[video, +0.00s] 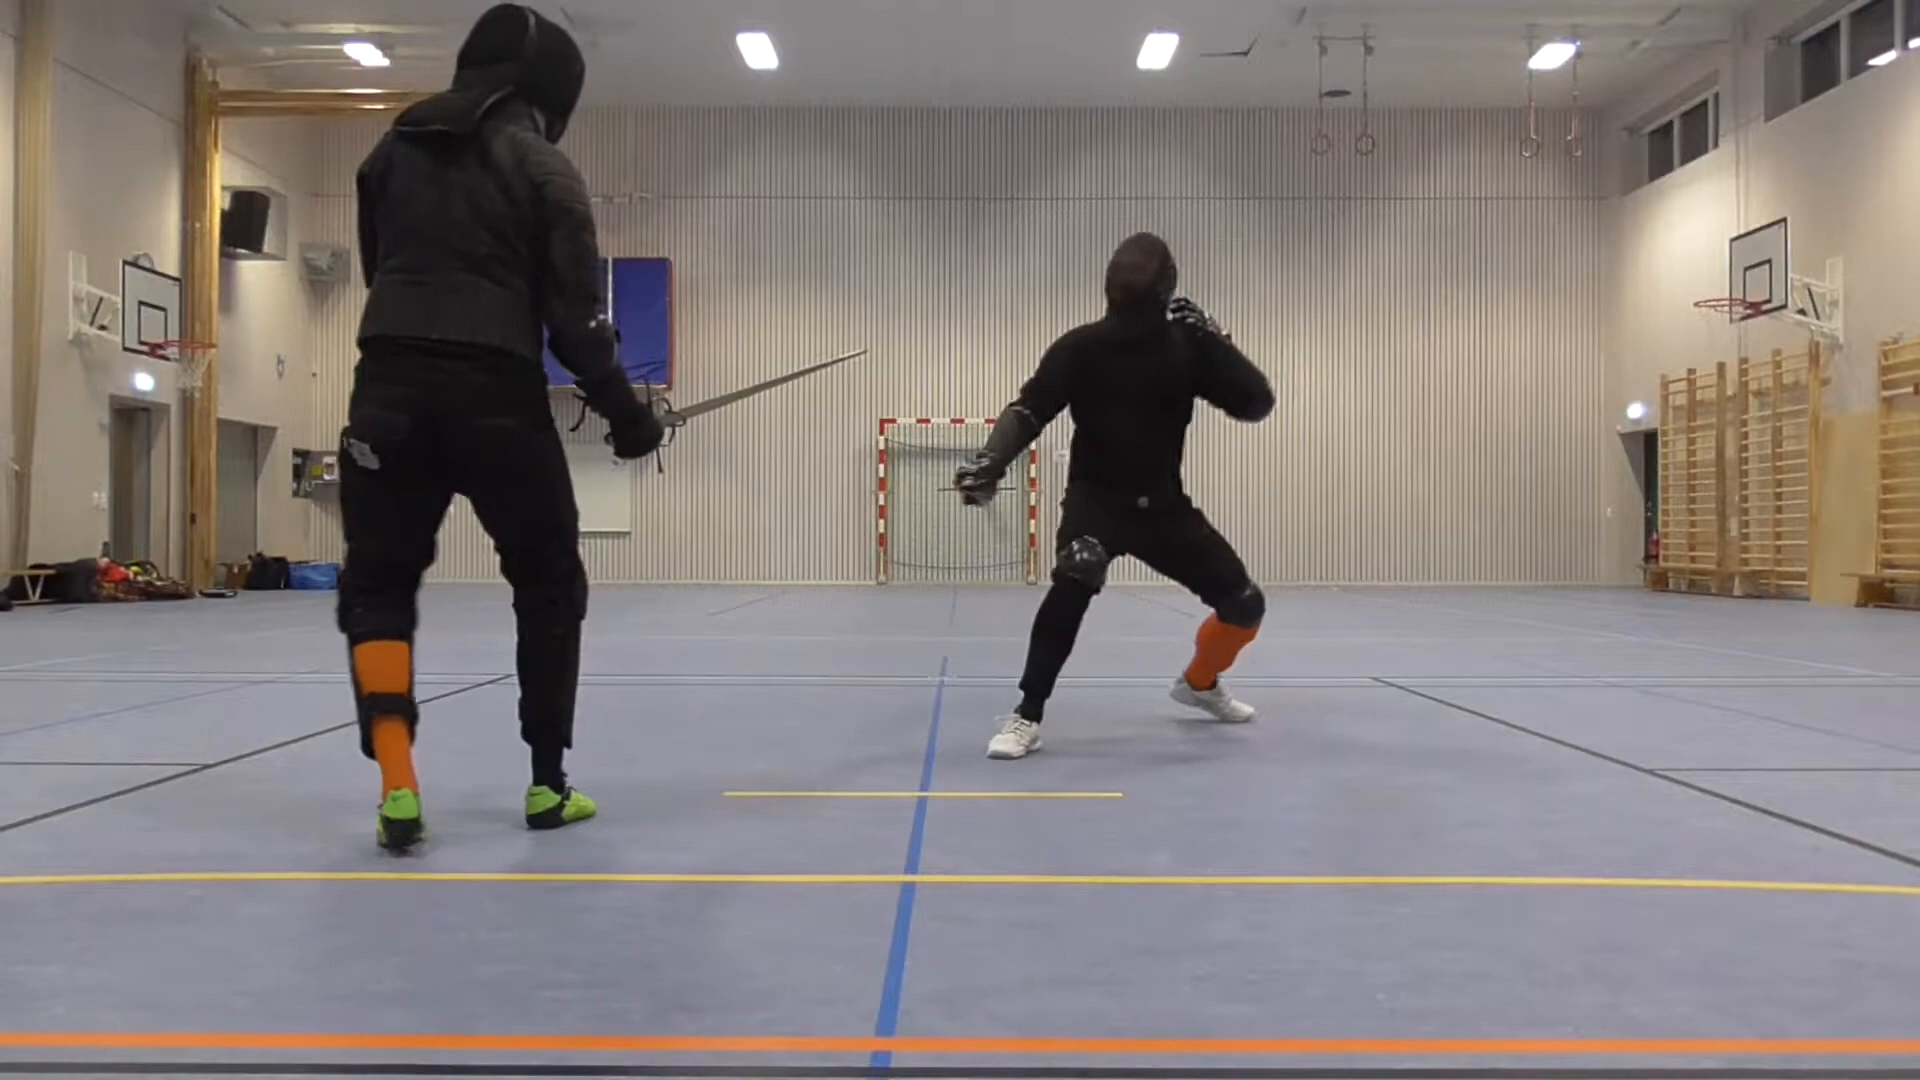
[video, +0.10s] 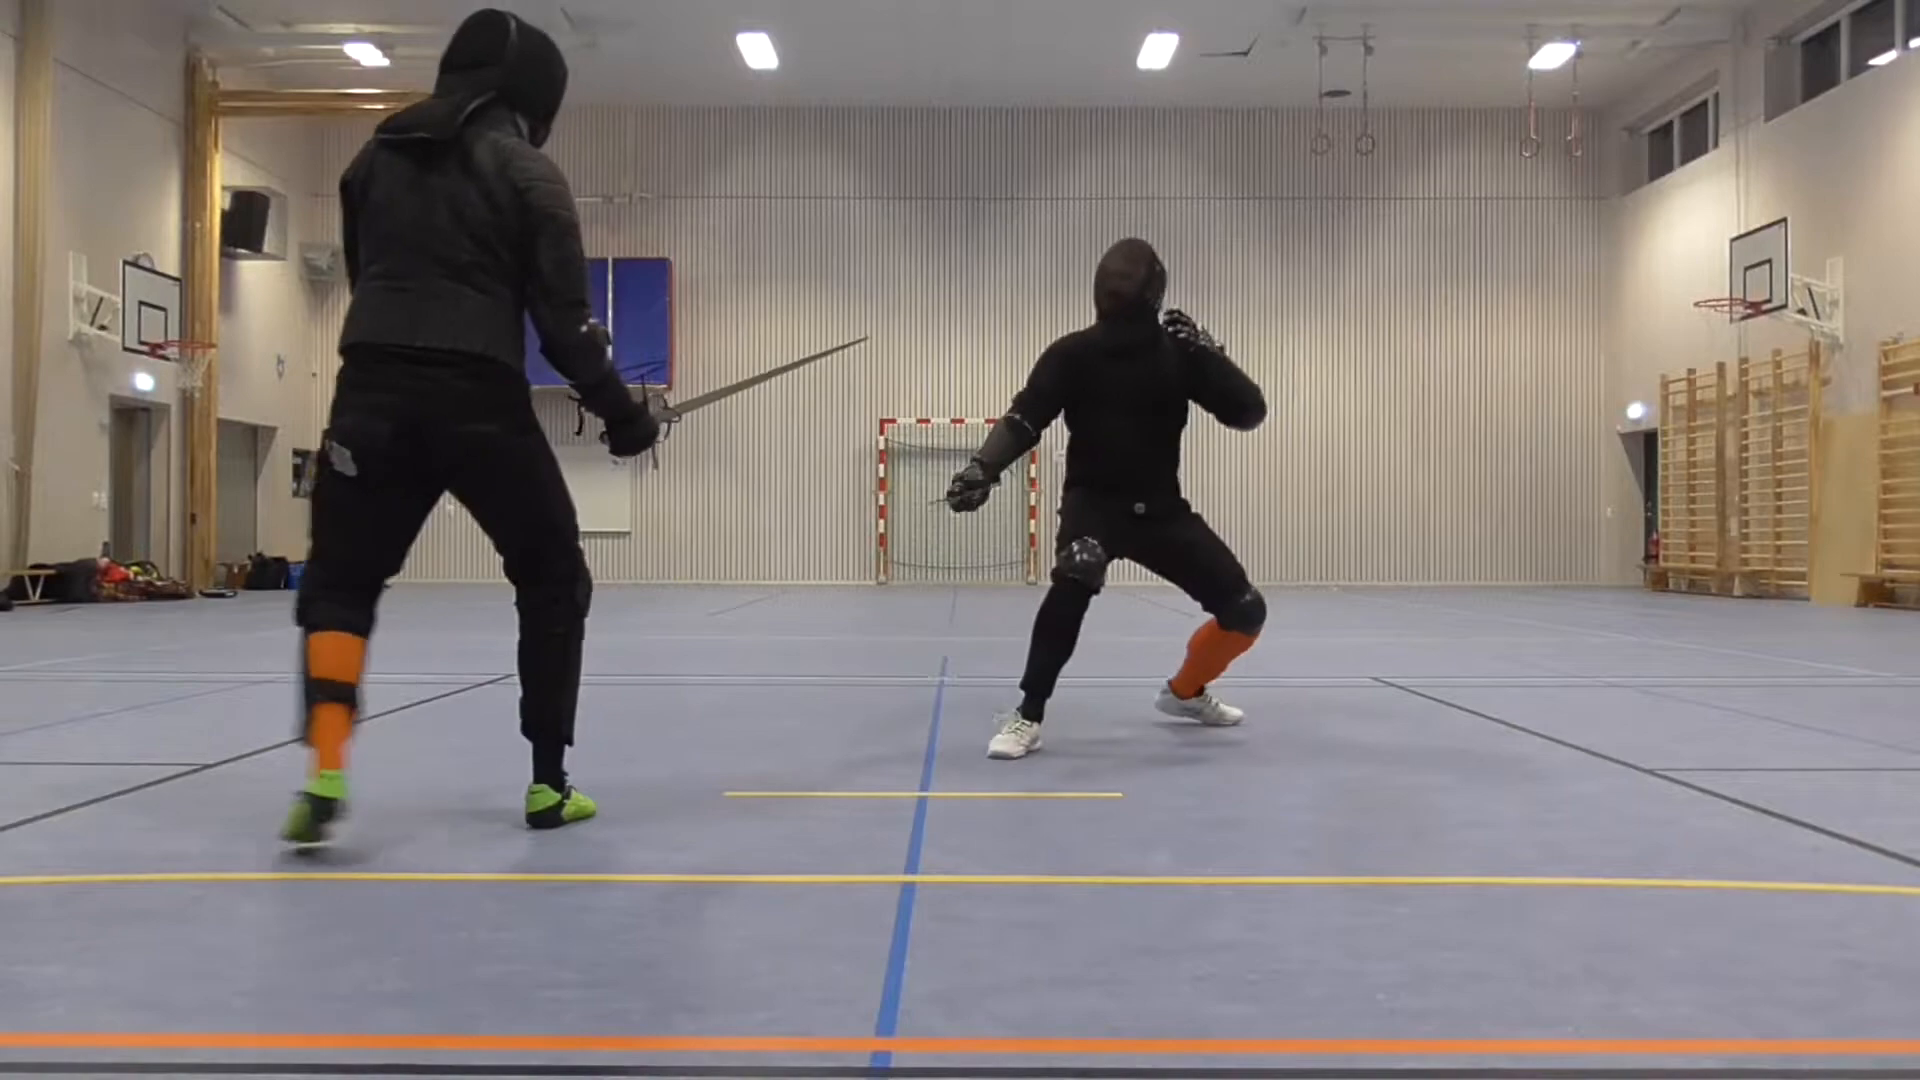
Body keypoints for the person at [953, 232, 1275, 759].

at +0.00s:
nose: (1120, 291)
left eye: (1135, 282)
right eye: (1115, 278)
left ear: (1165, 285)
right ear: (1106, 281)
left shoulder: (1186, 347)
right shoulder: (1080, 349)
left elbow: (1257, 403)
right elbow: (1029, 410)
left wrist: (1212, 338)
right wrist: (991, 461)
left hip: (1162, 507)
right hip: (1095, 504)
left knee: (1243, 607)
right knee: (1076, 577)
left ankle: (1198, 685)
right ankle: (1025, 717)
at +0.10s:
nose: (1113, 291)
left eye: (1127, 282)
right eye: (1108, 279)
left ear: (1154, 291)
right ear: (1098, 288)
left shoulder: (1178, 354)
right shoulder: (1072, 356)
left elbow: (1250, 413)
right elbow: (1024, 420)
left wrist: (1206, 353)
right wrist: (983, 467)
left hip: (1159, 509)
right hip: (1092, 506)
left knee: (1244, 614)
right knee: (1077, 576)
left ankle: (1184, 693)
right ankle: (1027, 717)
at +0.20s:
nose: (1106, 292)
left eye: (1119, 282)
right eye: (1100, 281)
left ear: (1153, 286)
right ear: (1092, 284)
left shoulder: (1179, 353)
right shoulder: (1072, 358)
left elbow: (1255, 405)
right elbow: (1028, 426)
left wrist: (1203, 351)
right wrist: (987, 471)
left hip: (1165, 508)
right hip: (1096, 507)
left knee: (1237, 621)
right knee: (1077, 577)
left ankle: (1184, 700)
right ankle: (1027, 716)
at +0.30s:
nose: (1121, 288)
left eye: (1129, 276)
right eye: (1116, 276)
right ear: (1150, 279)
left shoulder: (1181, 338)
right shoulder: (1072, 348)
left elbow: (1254, 393)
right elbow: (1035, 426)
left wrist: (1200, 336)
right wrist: (1001, 477)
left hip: (1167, 499)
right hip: (1096, 500)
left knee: (1231, 610)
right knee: (1074, 571)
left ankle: (1186, 699)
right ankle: (1024, 711)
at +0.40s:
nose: (1150, 254)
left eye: (1129, 249)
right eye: (1149, 246)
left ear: (1098, 253)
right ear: (1145, 252)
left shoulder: (1173, 314)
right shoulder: (1064, 325)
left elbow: (1242, 371)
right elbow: (1038, 416)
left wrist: (1187, 304)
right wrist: (1013, 474)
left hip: (1156, 480)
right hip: (1085, 480)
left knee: (1205, 596)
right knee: (1059, 568)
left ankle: (1186, 697)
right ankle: (1015, 707)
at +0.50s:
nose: (1084, 233)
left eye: (1097, 223)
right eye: (1079, 222)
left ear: (1127, 232)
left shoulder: (1158, 299)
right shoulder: (1047, 307)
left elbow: (1232, 352)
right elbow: (1024, 395)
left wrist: (1182, 276)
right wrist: (1005, 458)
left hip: (1137, 467)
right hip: (1067, 466)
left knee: (1175, 580)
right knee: (1049, 574)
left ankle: (1190, 684)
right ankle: (1006, 720)